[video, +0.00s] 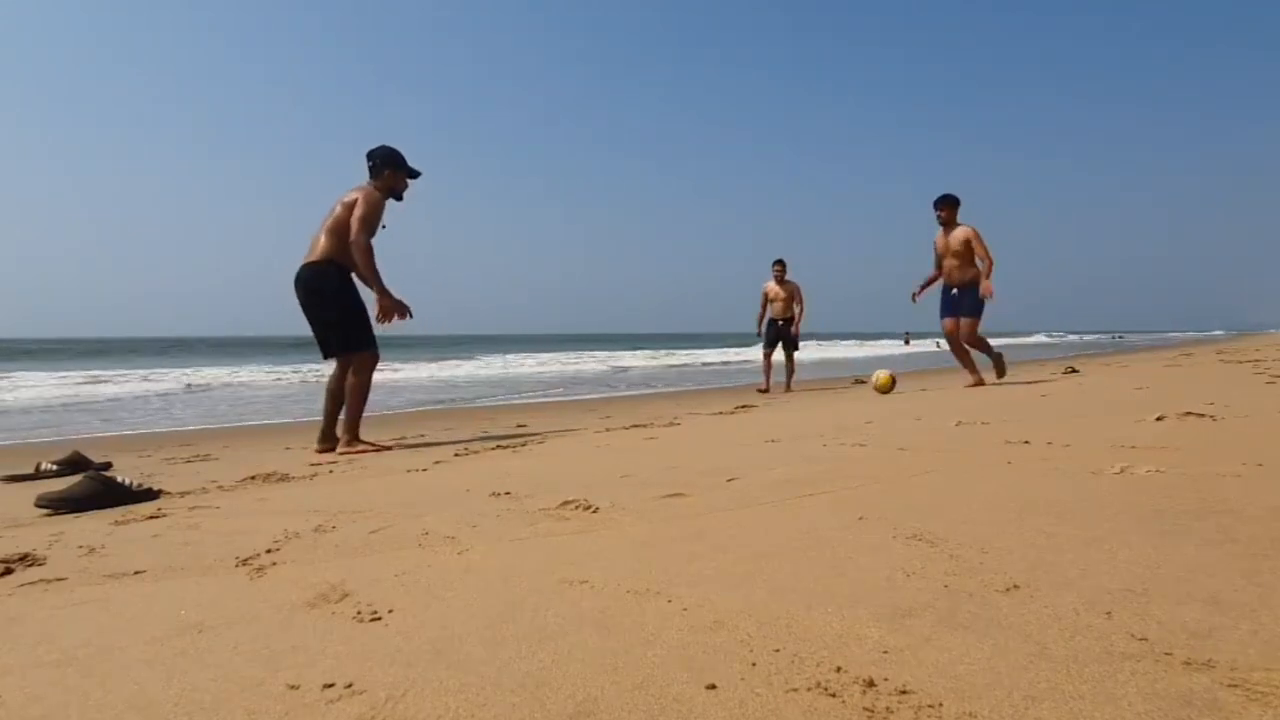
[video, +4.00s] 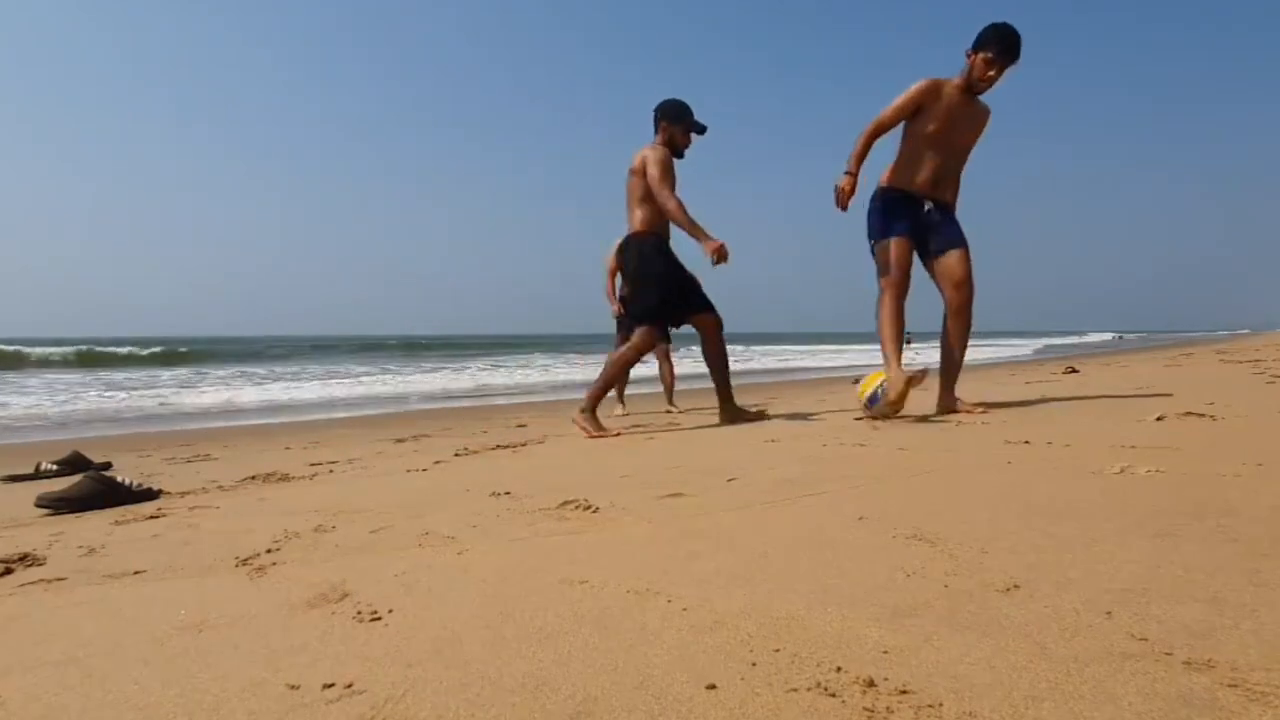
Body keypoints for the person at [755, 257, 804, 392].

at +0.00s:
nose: (778, 274)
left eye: (780, 271)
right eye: (775, 271)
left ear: (785, 272)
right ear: (772, 272)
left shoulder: (793, 287)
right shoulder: (767, 288)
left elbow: (800, 306)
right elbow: (763, 308)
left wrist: (796, 325)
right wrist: (759, 326)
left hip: (788, 321)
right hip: (773, 321)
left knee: (789, 355)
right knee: (766, 353)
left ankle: (788, 385)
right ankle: (766, 385)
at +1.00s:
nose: (683, 260)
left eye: (686, 257)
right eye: (680, 257)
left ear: (692, 258)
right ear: (677, 258)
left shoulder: (700, 276)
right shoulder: (671, 278)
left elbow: (713, 296)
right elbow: (667, 297)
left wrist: (700, 300)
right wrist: (663, 309)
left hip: (695, 318)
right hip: (678, 319)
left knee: (701, 358)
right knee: (677, 360)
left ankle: (720, 380)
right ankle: (686, 394)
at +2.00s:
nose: (578, 259)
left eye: (581, 256)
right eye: (575, 255)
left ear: (583, 257)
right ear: (567, 256)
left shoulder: (585, 279)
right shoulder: (555, 276)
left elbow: (590, 300)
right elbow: (543, 297)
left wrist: (590, 314)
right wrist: (541, 316)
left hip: (575, 323)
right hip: (556, 321)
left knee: (574, 368)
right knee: (544, 366)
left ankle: (566, 405)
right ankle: (531, 405)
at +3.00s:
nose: (583, 251)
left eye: (585, 247)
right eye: (578, 247)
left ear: (586, 250)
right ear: (569, 249)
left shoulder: (587, 274)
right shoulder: (559, 271)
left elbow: (592, 301)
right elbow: (545, 297)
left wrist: (603, 327)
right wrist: (554, 321)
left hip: (582, 323)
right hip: (562, 323)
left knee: (594, 363)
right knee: (547, 369)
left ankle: (591, 404)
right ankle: (531, 406)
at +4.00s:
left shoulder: (661, 253)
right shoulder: (624, 246)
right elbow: (612, 275)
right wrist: (614, 301)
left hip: (654, 305)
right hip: (629, 304)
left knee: (663, 353)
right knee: (624, 353)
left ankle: (670, 400)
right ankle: (620, 401)